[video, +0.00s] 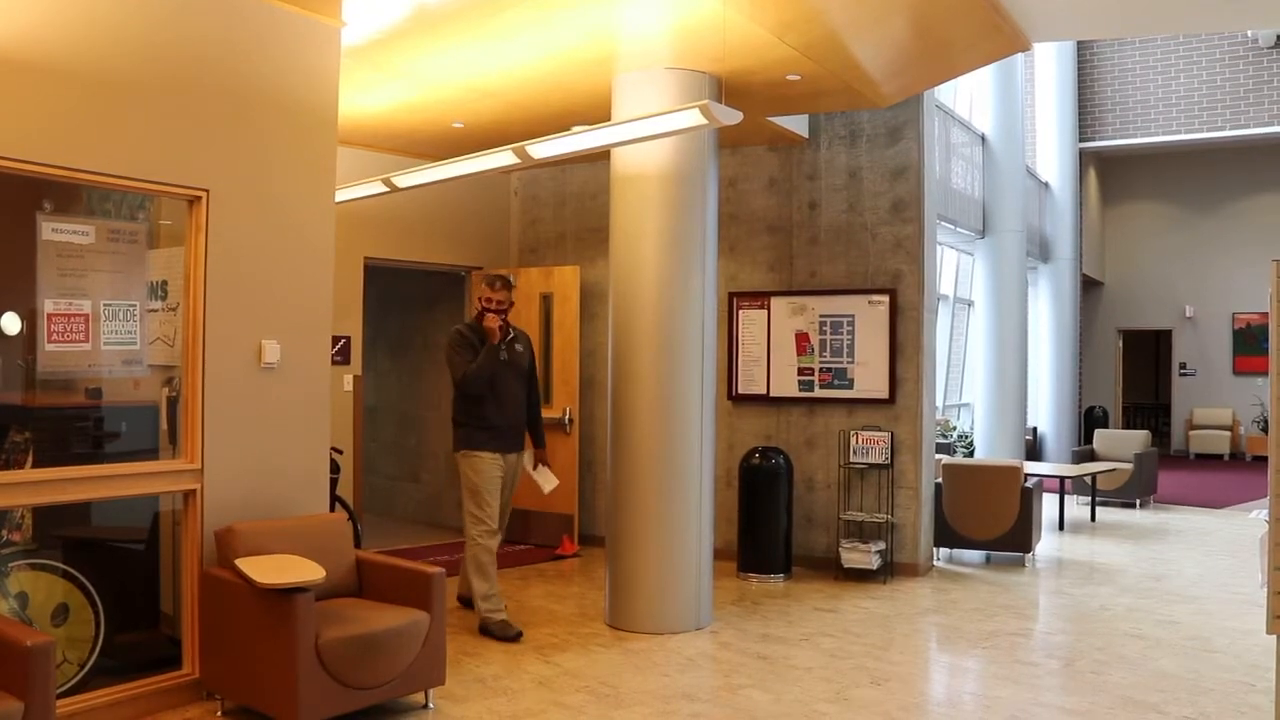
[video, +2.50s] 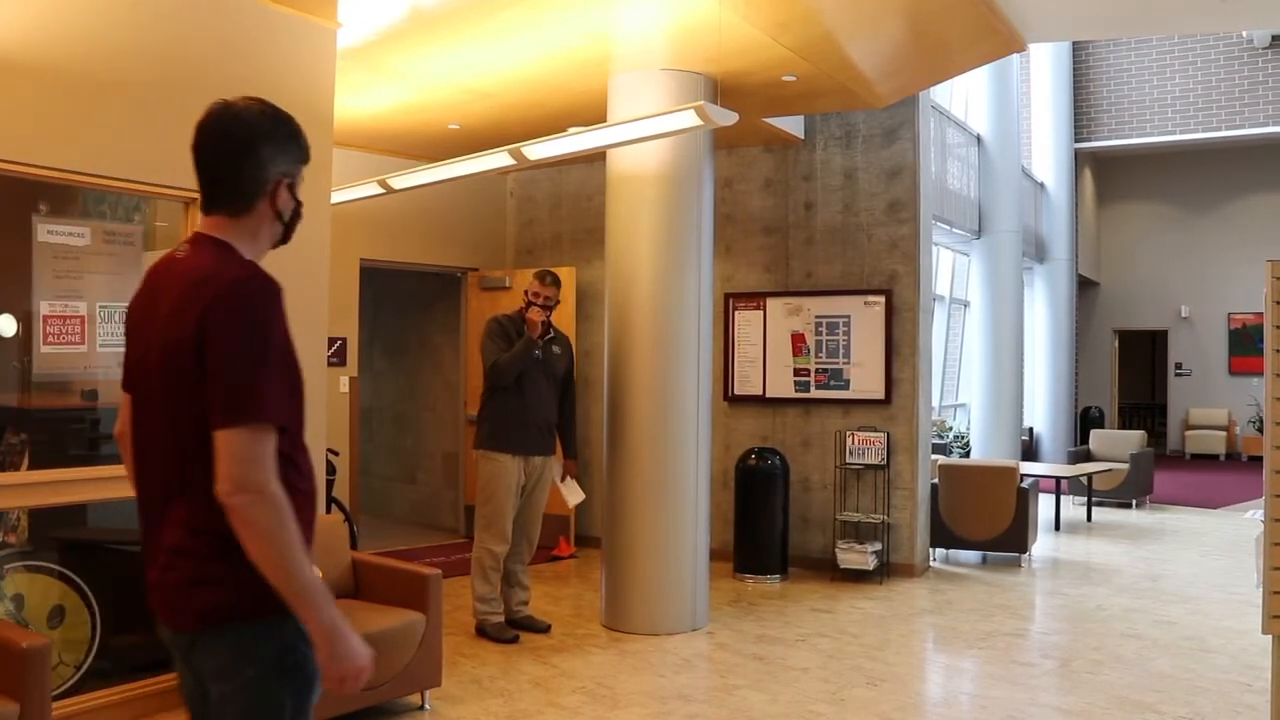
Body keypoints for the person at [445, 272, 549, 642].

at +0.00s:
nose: (492, 310)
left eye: (500, 305)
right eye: (487, 303)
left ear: (510, 303)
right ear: (477, 299)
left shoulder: (521, 341)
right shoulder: (463, 337)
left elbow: (531, 396)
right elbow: (468, 384)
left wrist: (539, 445)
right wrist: (491, 342)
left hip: (512, 446)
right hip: (477, 446)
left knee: (494, 527)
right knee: (483, 529)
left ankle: (468, 587)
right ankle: (491, 614)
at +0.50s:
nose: (495, 306)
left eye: (503, 300)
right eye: (489, 299)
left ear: (514, 299)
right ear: (479, 295)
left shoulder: (528, 334)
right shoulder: (465, 335)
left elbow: (539, 389)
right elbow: (473, 386)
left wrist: (551, 435)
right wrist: (495, 340)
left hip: (529, 448)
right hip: (485, 450)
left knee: (531, 532)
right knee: (486, 536)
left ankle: (521, 609)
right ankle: (489, 616)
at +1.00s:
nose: (510, 302)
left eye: (517, 297)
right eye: (504, 295)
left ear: (527, 297)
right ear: (494, 292)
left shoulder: (539, 336)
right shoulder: (476, 330)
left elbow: (553, 394)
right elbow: (479, 378)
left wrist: (564, 445)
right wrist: (504, 334)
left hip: (535, 450)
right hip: (491, 450)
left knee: (525, 539)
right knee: (490, 539)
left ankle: (519, 610)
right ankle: (488, 616)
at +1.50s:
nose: (523, 303)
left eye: (530, 298)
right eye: (518, 296)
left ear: (539, 297)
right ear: (507, 292)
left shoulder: (548, 337)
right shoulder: (486, 329)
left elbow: (556, 397)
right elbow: (488, 378)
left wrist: (562, 447)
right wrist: (517, 335)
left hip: (539, 449)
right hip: (496, 448)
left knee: (525, 538)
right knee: (492, 537)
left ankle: (517, 609)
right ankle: (488, 616)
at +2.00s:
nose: (535, 304)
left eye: (543, 299)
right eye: (531, 296)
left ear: (552, 302)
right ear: (520, 292)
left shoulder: (556, 339)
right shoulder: (495, 327)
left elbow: (562, 400)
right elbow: (492, 376)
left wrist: (568, 452)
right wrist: (526, 335)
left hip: (539, 449)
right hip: (497, 447)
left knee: (524, 537)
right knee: (493, 536)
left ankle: (516, 609)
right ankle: (487, 616)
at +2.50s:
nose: (538, 304)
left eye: (546, 300)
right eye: (534, 297)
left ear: (557, 303)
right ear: (525, 292)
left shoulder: (561, 343)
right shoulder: (499, 327)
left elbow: (566, 403)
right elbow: (497, 376)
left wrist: (569, 455)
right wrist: (531, 337)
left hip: (542, 451)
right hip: (500, 448)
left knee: (525, 538)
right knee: (494, 537)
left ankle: (517, 609)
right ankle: (488, 616)